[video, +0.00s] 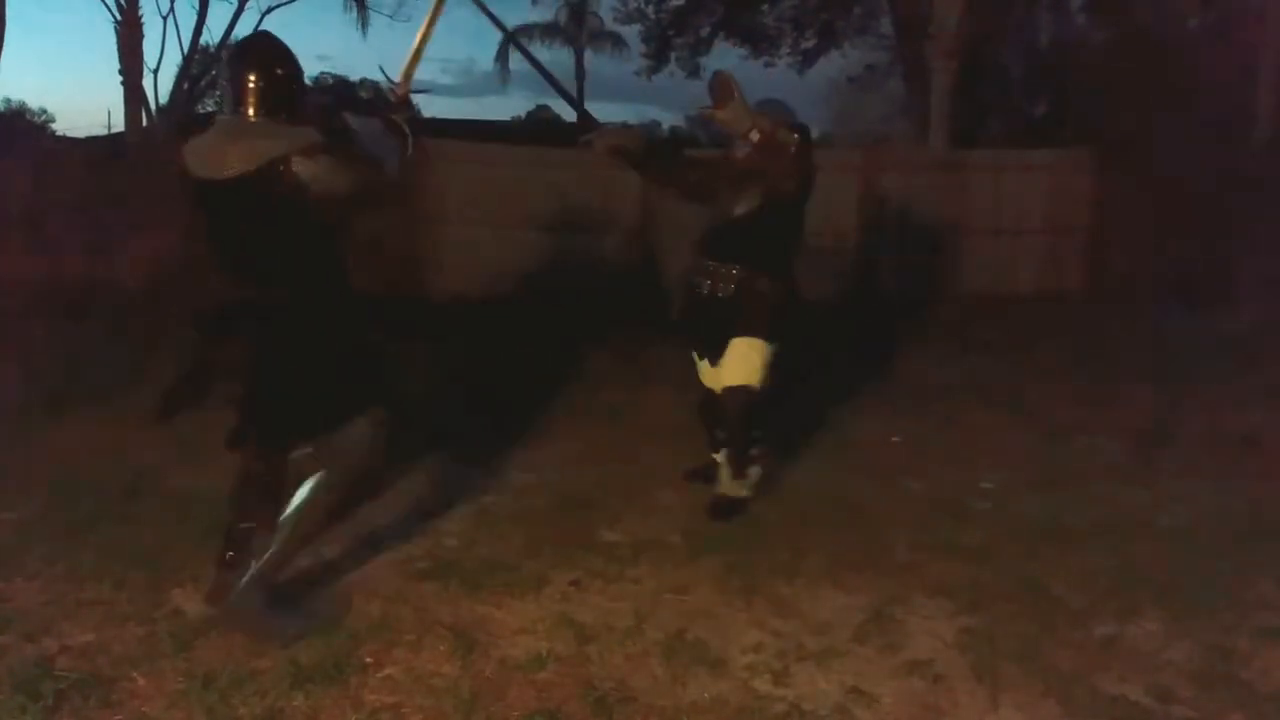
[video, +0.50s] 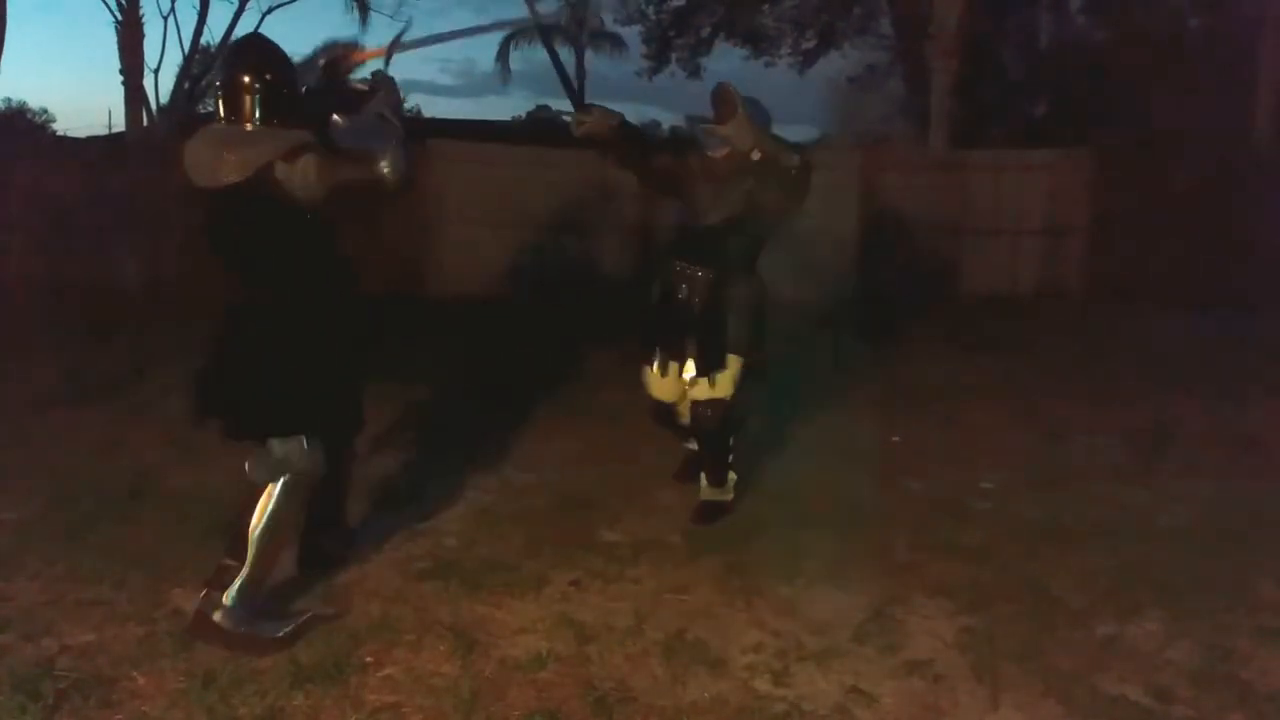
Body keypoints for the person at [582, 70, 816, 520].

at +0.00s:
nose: (743, 145)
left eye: (760, 138)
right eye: (741, 138)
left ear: (783, 140)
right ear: (736, 140)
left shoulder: (790, 179)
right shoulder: (726, 173)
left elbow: (791, 152)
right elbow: (682, 174)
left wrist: (748, 125)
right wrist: (636, 152)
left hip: (757, 292)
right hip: (712, 288)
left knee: (738, 390)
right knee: (712, 386)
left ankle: (736, 484)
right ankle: (721, 457)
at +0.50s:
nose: (715, 150)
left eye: (725, 142)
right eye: (711, 140)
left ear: (747, 144)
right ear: (704, 138)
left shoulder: (763, 186)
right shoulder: (687, 171)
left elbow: (796, 175)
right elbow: (646, 158)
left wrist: (758, 143)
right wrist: (613, 133)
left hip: (729, 288)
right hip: (677, 280)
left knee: (711, 399)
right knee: (663, 388)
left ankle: (719, 486)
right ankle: (698, 445)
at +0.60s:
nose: (707, 135)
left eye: (719, 128)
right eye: (706, 126)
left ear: (744, 134)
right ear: (702, 127)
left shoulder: (762, 179)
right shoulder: (686, 162)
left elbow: (781, 187)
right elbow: (642, 153)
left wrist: (751, 149)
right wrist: (604, 133)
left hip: (717, 289)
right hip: (665, 280)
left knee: (705, 393)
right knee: (642, 374)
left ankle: (715, 489)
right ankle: (663, 447)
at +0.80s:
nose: (705, 143)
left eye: (715, 134)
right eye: (701, 134)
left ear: (735, 137)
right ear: (695, 135)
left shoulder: (751, 182)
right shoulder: (672, 168)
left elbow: (762, 214)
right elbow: (629, 159)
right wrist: (586, 144)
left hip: (701, 293)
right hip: (650, 283)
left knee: (695, 395)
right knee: (624, 381)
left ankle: (714, 490)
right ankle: (629, 465)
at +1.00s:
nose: (680, 150)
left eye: (693, 141)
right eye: (678, 141)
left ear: (717, 143)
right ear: (673, 141)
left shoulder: (729, 185)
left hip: (687, 289)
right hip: (631, 279)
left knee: (686, 394)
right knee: (614, 384)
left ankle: (712, 490)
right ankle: (628, 467)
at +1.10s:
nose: (677, 142)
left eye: (688, 132)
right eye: (673, 133)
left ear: (711, 133)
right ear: (669, 132)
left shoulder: (732, 172)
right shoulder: (654, 163)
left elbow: (739, 209)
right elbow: (608, 143)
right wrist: (564, 131)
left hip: (687, 285)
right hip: (635, 279)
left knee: (683, 390)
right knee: (616, 383)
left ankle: (712, 487)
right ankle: (629, 467)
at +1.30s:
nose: (662, 138)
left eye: (675, 129)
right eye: (659, 130)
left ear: (697, 133)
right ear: (658, 132)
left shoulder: (714, 171)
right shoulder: (652, 166)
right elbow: (612, 186)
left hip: (686, 285)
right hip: (638, 280)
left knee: (680, 395)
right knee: (626, 383)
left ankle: (716, 486)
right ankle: (631, 467)